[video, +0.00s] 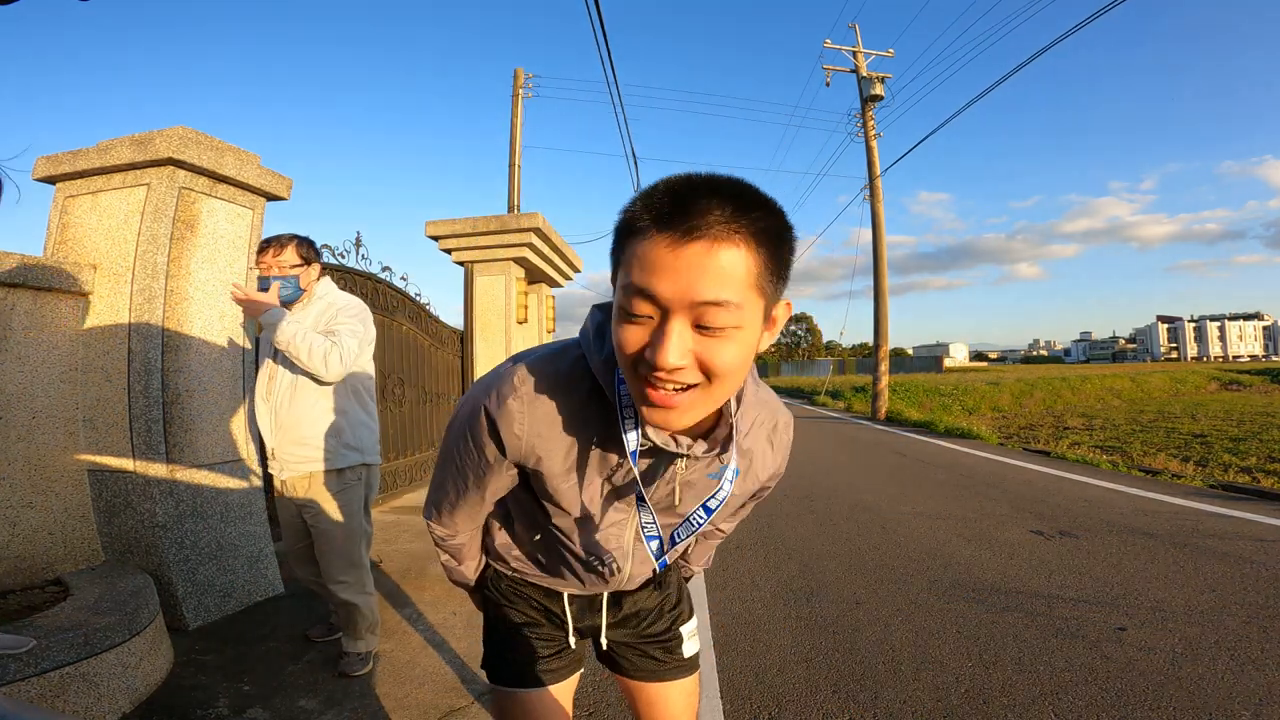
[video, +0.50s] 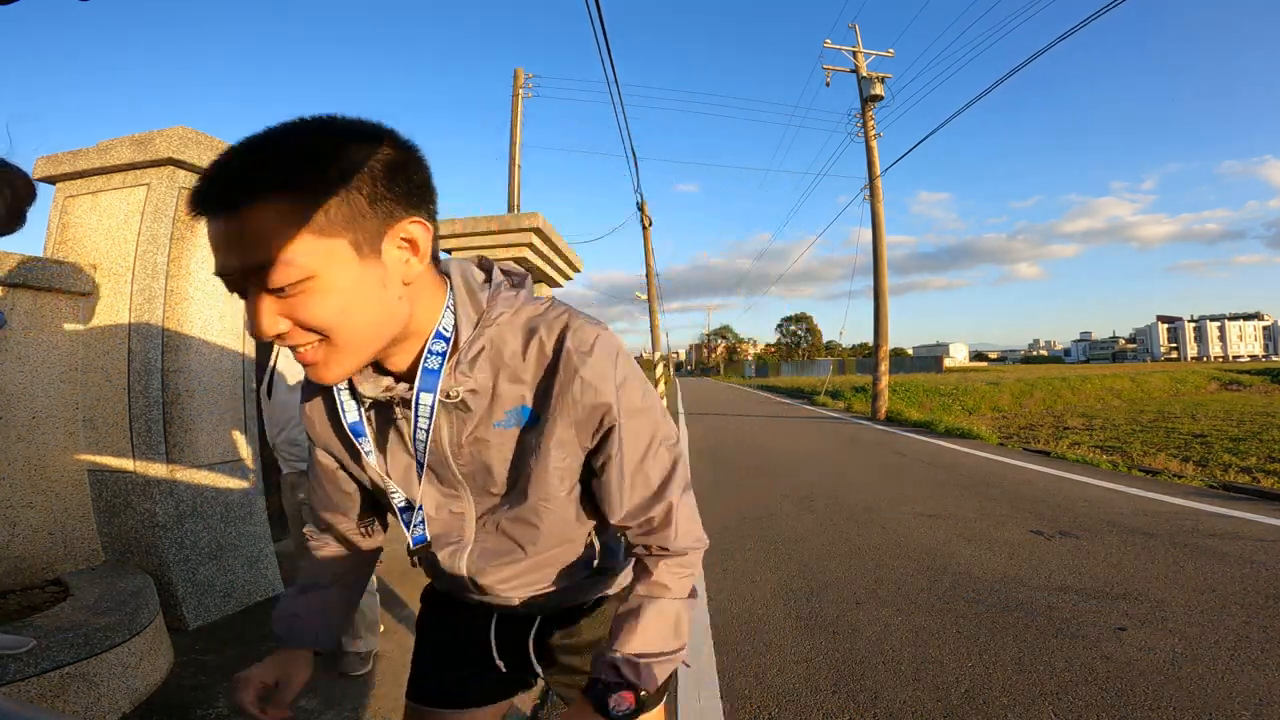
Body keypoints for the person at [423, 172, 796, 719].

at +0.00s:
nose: (665, 355)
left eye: (708, 325)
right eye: (640, 314)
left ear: (770, 326)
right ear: (614, 299)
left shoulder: (767, 432)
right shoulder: (520, 401)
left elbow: (716, 528)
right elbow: (450, 518)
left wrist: (676, 569)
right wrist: (486, 583)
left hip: (653, 581)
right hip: (531, 586)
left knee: (674, 710)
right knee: (533, 708)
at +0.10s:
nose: (604, 333)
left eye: (644, 302)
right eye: (581, 296)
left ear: (719, 293)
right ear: (563, 280)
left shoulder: (748, 407)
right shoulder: (501, 385)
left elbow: (728, 516)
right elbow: (447, 515)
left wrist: (702, 586)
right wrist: (474, 586)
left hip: (656, 581)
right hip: (533, 584)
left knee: (673, 710)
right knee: (522, 709)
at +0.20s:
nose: (540, 312)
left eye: (574, 279)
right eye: (518, 277)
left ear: (659, 264)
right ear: (503, 264)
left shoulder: (718, 383)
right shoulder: (473, 375)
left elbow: (727, 517)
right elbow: (437, 515)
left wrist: (728, 609)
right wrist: (455, 598)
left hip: (651, 591)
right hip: (525, 592)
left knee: (665, 709)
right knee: (506, 709)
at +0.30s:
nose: (465, 300)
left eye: (497, 267)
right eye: (445, 269)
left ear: (591, 246)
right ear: (432, 260)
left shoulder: (683, 361)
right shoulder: (442, 368)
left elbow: (729, 506)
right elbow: (424, 503)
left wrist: (742, 625)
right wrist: (428, 611)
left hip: (638, 595)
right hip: (511, 596)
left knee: (658, 709)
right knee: (484, 708)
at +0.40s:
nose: (374, 305)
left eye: (401, 269)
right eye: (360, 273)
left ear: (509, 242)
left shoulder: (640, 356)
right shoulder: (397, 376)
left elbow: (718, 518)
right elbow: (394, 514)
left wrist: (713, 660)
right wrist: (383, 627)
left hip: (620, 602)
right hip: (489, 601)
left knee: (648, 709)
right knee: (468, 707)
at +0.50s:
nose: (262, 327)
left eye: (286, 286)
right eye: (244, 292)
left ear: (407, 253)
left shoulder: (574, 360)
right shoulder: (337, 395)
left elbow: (670, 541)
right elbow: (336, 532)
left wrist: (622, 692)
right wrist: (299, 644)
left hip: (586, 606)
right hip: (461, 609)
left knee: (592, 707)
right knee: (433, 709)